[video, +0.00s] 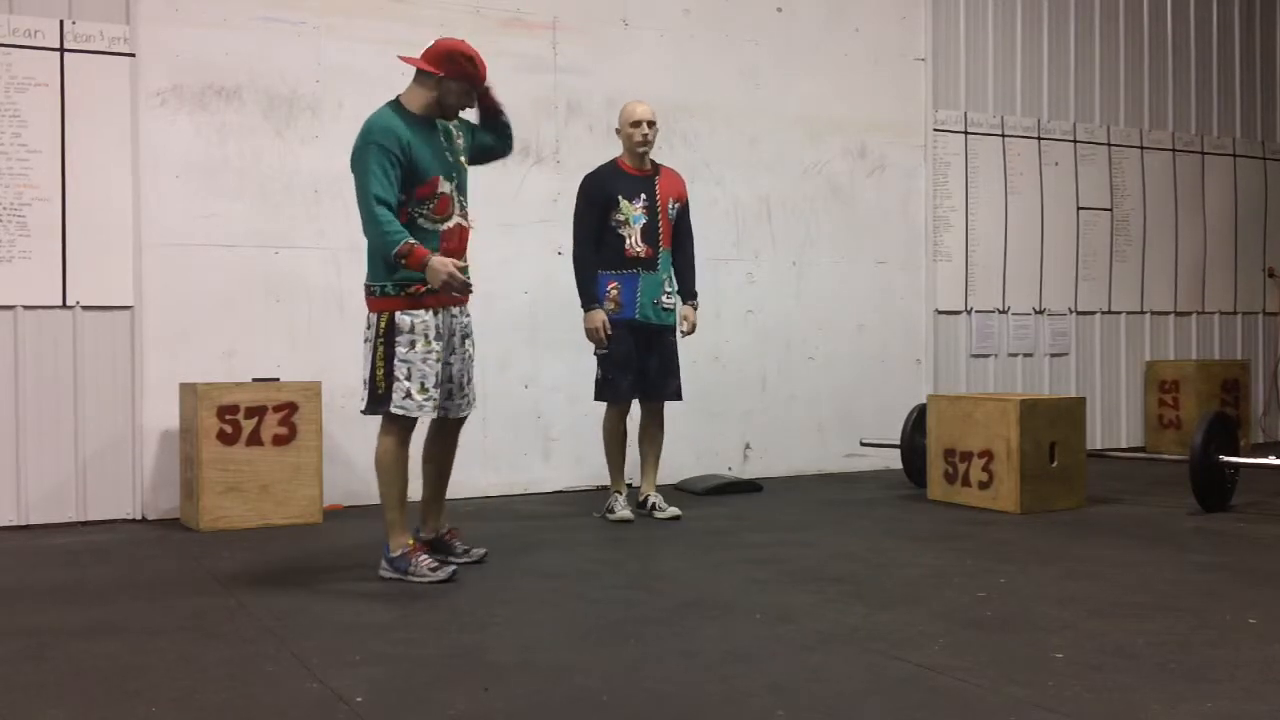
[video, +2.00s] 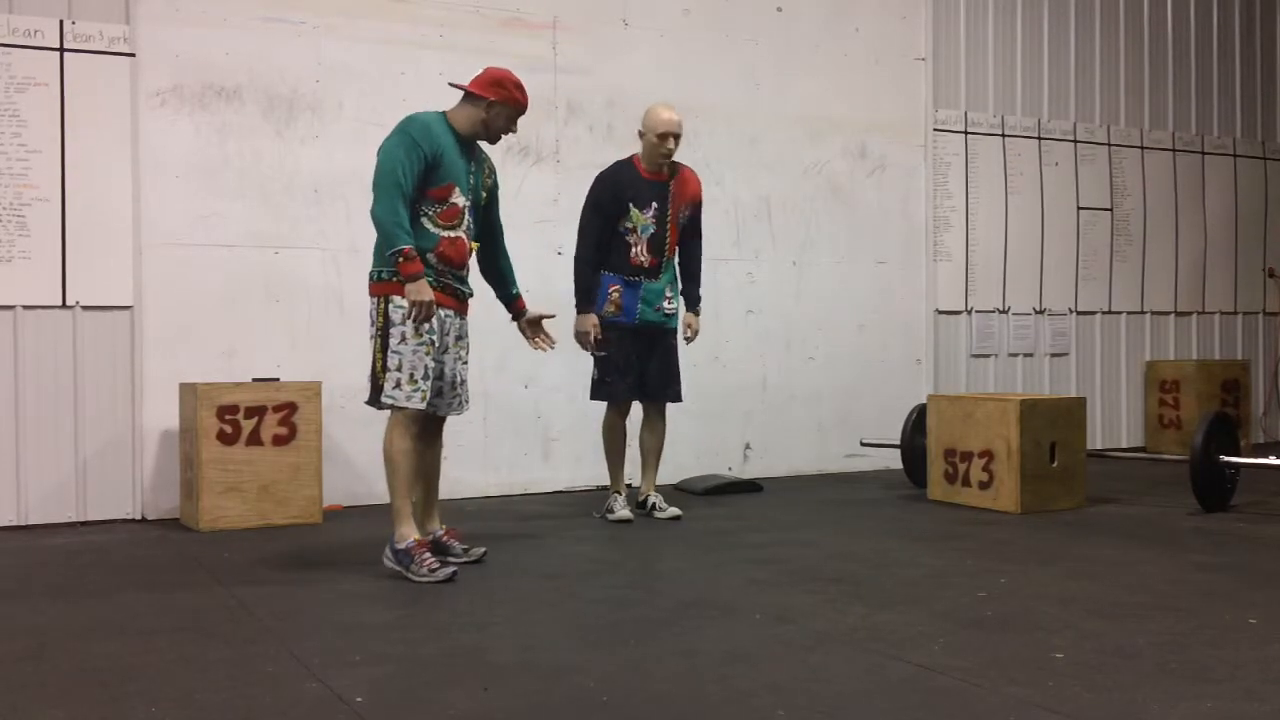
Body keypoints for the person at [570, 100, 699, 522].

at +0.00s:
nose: (644, 131)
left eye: (650, 124)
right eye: (636, 125)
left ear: (657, 131)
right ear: (620, 132)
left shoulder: (672, 182)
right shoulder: (597, 182)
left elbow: (683, 246)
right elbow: (583, 249)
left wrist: (689, 299)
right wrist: (590, 306)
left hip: (660, 312)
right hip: (615, 312)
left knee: (654, 403)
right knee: (618, 404)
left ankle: (648, 491)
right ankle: (618, 492)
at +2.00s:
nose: (671, 144)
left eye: (676, 138)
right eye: (663, 137)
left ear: (681, 138)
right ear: (642, 135)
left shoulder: (687, 183)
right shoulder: (612, 181)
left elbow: (691, 249)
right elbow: (586, 247)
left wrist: (692, 305)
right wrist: (584, 309)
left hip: (662, 314)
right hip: (616, 313)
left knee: (655, 404)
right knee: (618, 405)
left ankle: (648, 492)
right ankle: (617, 493)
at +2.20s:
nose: (692, 190)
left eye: (697, 181)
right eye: (684, 182)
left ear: (702, 180)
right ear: (663, 179)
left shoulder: (703, 215)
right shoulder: (625, 212)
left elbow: (689, 268)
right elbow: (589, 268)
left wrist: (672, 308)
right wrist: (578, 322)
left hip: (660, 321)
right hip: (616, 322)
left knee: (663, 410)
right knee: (629, 409)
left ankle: (648, 493)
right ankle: (618, 494)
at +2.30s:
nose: (698, 233)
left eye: (703, 225)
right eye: (691, 224)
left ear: (708, 223)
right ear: (672, 218)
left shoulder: (710, 252)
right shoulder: (636, 244)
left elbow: (694, 299)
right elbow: (598, 298)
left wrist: (678, 337)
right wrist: (581, 358)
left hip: (663, 342)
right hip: (620, 341)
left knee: (671, 421)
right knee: (639, 421)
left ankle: (648, 495)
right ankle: (619, 497)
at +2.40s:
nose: (706, 273)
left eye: (712, 266)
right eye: (701, 265)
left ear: (719, 262)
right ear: (685, 256)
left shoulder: (720, 278)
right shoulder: (648, 266)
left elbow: (715, 337)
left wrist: (711, 394)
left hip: (666, 345)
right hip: (624, 343)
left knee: (673, 420)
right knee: (636, 422)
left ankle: (647, 496)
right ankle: (620, 495)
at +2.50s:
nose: (719, 325)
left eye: (725, 319)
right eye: (715, 317)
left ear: (734, 305)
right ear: (702, 302)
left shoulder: (736, 307)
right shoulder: (655, 303)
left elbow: (746, 372)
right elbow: (630, 384)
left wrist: (756, 438)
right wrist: (637, 451)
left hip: (666, 313)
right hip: (624, 307)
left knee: (669, 400)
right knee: (623, 402)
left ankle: (644, 481)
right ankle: (615, 490)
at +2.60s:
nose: (729, 369)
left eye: (737, 363)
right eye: (725, 362)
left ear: (749, 345)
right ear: (714, 347)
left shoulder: (745, 338)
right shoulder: (674, 343)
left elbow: (768, 406)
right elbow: (654, 418)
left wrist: (793, 476)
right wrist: (653, 491)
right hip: (634, 298)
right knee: (622, 408)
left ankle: (620, 451)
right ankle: (598, 452)